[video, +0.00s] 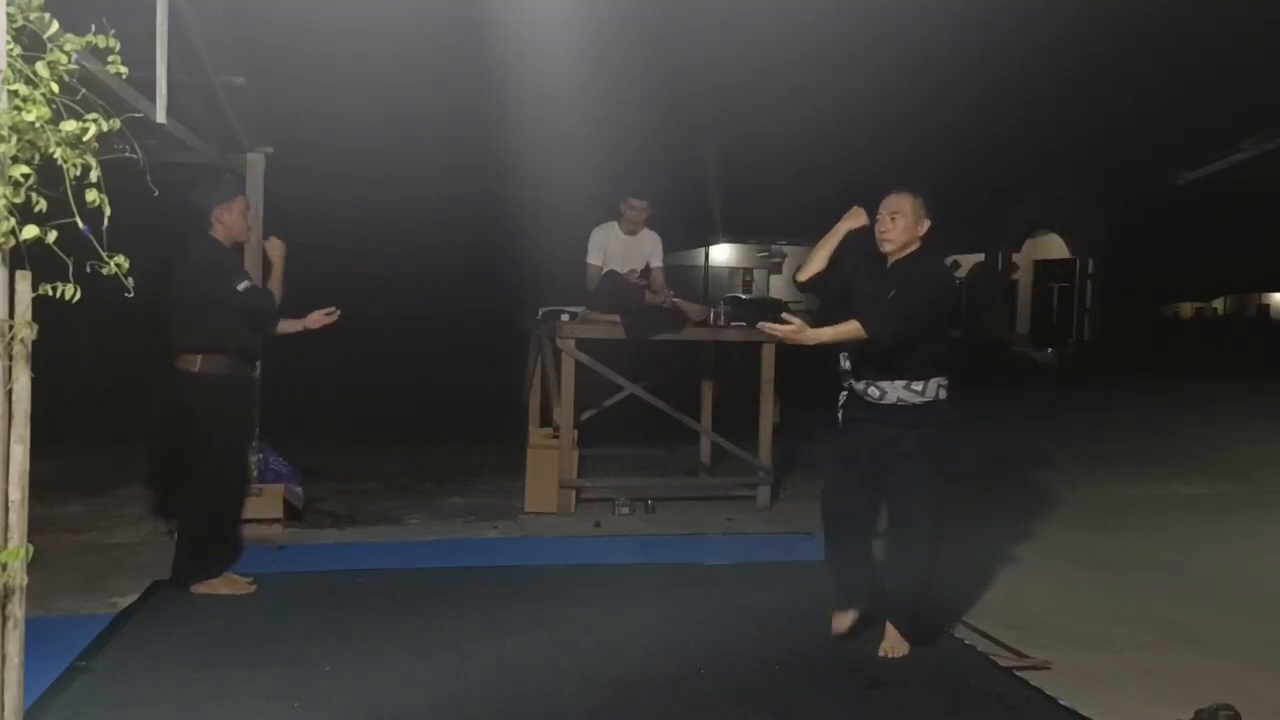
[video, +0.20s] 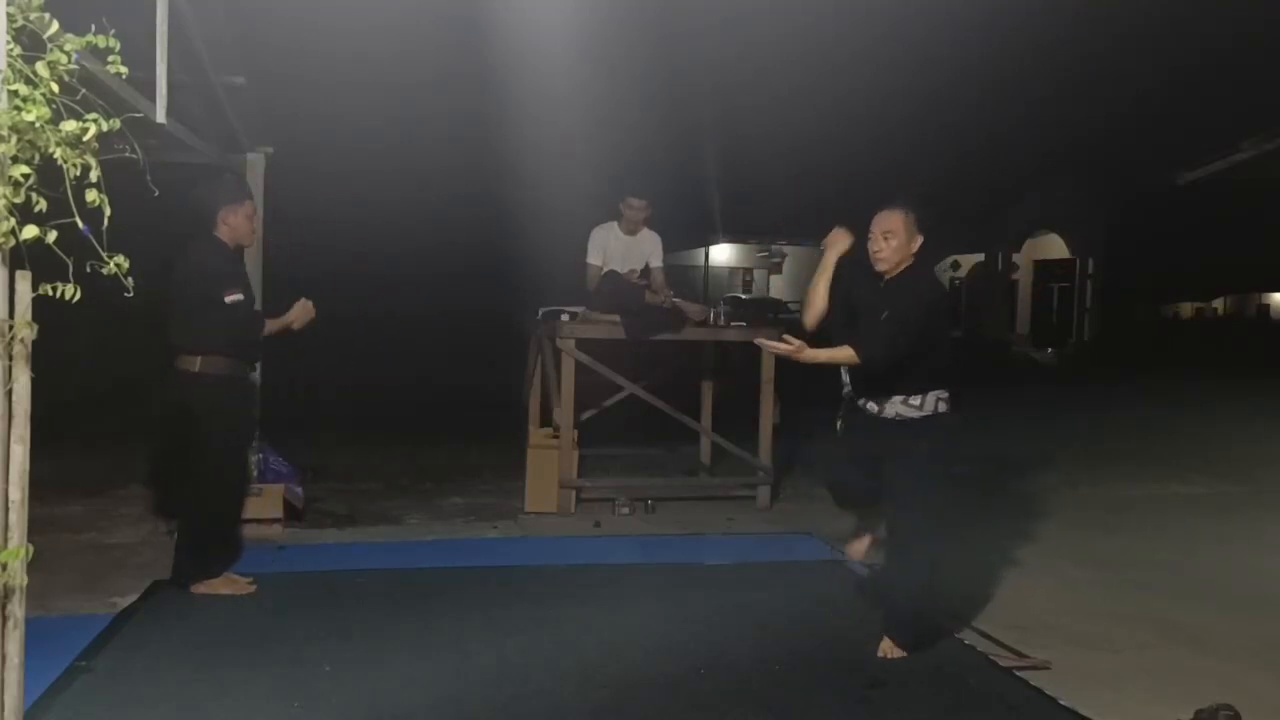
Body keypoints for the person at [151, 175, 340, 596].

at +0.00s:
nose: (251, 217)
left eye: (249, 209)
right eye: (244, 209)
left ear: (221, 215)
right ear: (221, 214)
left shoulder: (214, 257)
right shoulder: (209, 258)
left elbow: (250, 320)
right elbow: (264, 308)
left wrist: (303, 323)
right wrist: (277, 262)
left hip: (216, 377)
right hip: (209, 380)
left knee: (217, 473)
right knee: (215, 474)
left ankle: (205, 567)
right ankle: (203, 573)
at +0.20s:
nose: (255, 222)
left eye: (254, 214)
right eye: (248, 214)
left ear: (227, 219)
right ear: (225, 218)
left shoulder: (214, 257)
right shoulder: (216, 260)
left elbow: (232, 323)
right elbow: (238, 327)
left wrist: (275, 322)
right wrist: (287, 321)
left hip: (209, 379)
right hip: (212, 382)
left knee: (215, 474)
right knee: (217, 476)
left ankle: (208, 567)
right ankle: (204, 573)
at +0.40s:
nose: (266, 235)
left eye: (266, 227)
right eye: (262, 226)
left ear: (238, 225)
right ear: (236, 223)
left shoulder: (217, 258)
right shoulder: (221, 263)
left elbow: (230, 329)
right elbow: (239, 333)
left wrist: (272, 331)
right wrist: (285, 332)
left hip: (207, 380)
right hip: (210, 384)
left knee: (216, 475)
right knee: (215, 477)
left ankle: (209, 568)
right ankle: (202, 574)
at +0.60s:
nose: (276, 253)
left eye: (278, 246)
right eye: (274, 244)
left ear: (251, 237)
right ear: (251, 236)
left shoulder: (223, 265)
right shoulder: (224, 270)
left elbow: (244, 338)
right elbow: (256, 336)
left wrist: (288, 361)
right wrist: (287, 295)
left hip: (193, 381)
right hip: (199, 385)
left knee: (207, 468)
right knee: (202, 472)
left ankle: (207, 555)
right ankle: (199, 567)